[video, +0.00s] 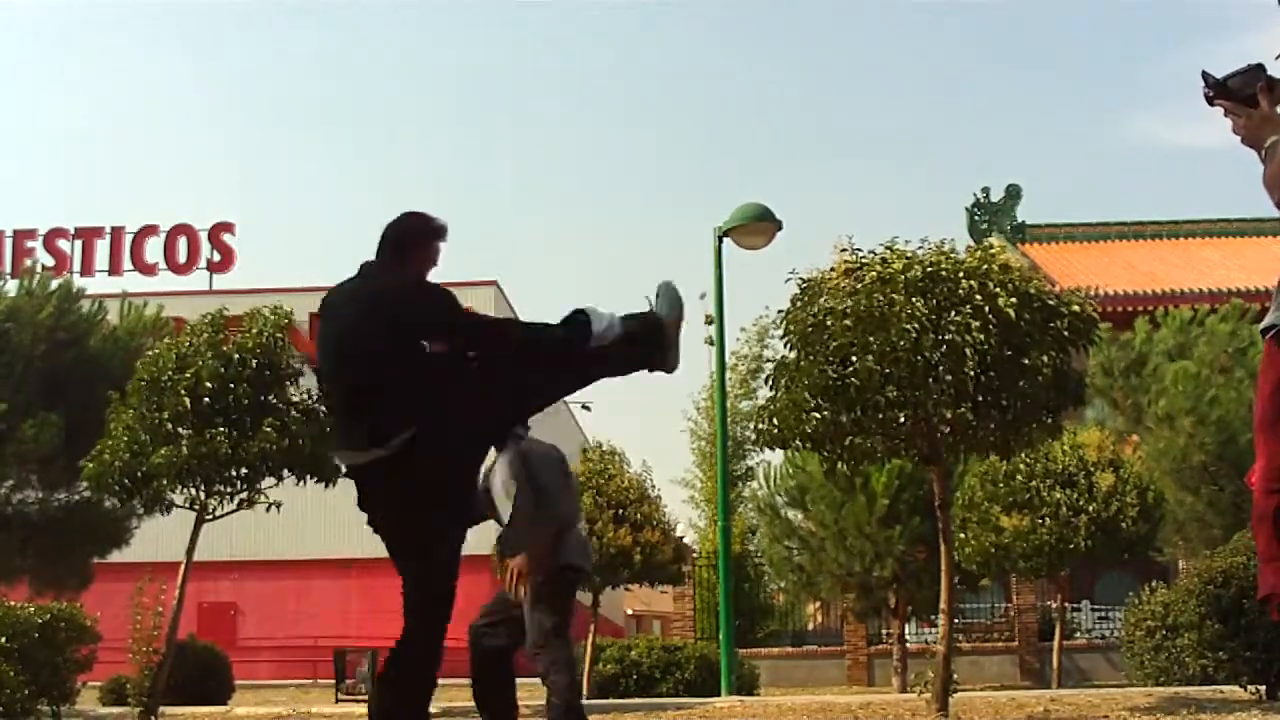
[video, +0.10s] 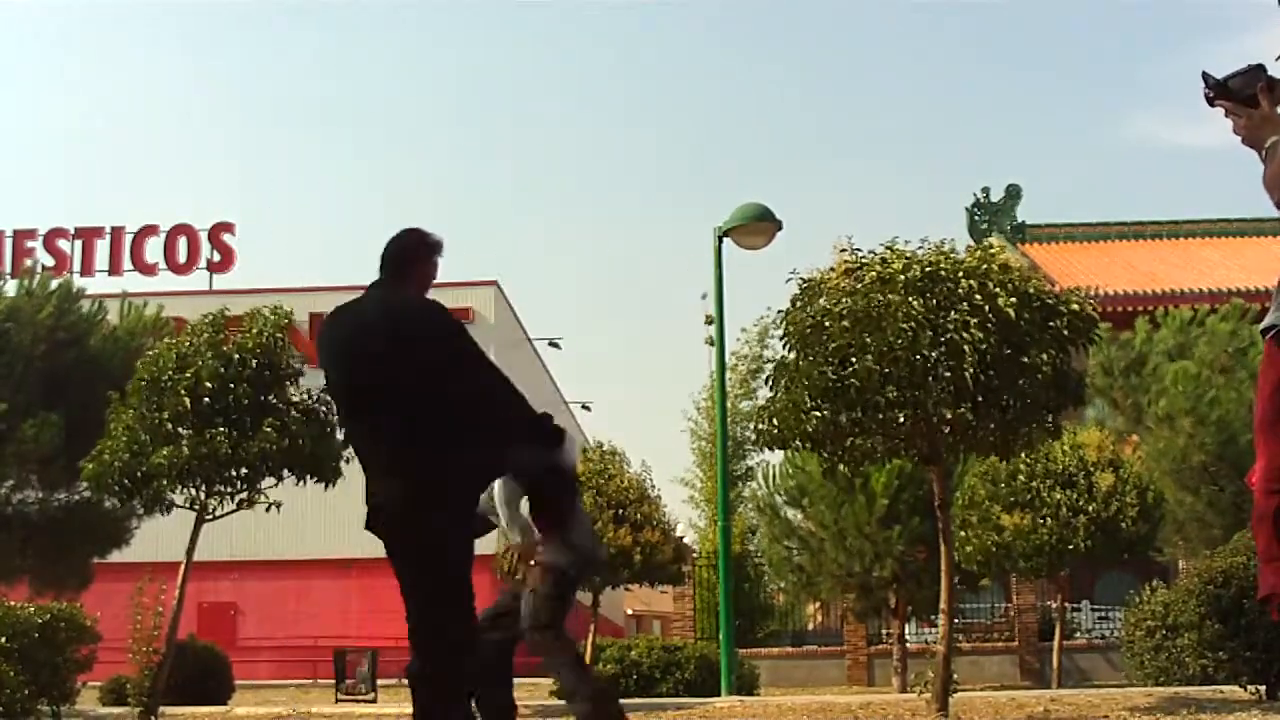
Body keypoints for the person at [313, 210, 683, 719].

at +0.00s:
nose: (436, 269)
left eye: (437, 258)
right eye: (433, 258)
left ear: (385, 249)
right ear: (414, 253)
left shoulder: (337, 301)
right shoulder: (416, 298)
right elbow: (497, 337)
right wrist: (570, 337)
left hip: (384, 482)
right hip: (426, 465)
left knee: (425, 622)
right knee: (508, 368)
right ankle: (648, 340)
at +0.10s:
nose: (433, 280)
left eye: (433, 271)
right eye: (432, 271)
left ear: (385, 264)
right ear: (419, 268)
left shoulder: (336, 325)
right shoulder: (429, 320)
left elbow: (358, 418)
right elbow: (488, 386)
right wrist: (542, 432)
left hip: (391, 500)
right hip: (447, 487)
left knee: (431, 626)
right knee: (541, 448)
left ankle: (441, 709)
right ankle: (563, 539)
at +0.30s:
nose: (374, 295)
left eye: (373, 288)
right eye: (376, 288)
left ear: (377, 285)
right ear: (421, 281)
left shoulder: (387, 332)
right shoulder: (460, 334)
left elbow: (311, 373)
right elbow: (482, 413)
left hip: (446, 492)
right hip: (489, 490)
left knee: (409, 611)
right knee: (455, 609)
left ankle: (469, 704)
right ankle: (459, 702)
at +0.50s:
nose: (384, 331)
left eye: (384, 321)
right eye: (386, 323)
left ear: (387, 317)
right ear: (429, 307)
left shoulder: (449, 347)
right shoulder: (409, 379)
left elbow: (501, 334)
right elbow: (346, 403)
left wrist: (490, 301)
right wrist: (267, 405)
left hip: (481, 512)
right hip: (460, 514)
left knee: (412, 619)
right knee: (451, 625)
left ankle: (455, 709)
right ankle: (466, 706)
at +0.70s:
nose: (384, 327)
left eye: (383, 318)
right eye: (387, 319)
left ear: (386, 315)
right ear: (428, 306)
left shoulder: (445, 343)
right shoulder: (419, 363)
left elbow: (519, 399)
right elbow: (385, 428)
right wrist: (370, 404)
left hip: (469, 506)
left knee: (409, 614)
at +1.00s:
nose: (388, 335)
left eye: (386, 327)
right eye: (390, 329)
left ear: (390, 322)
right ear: (434, 317)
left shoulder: (404, 363)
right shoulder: (482, 366)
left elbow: (343, 419)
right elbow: (511, 445)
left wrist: (276, 458)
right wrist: (541, 516)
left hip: (469, 522)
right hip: (519, 516)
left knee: (405, 621)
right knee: (486, 629)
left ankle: (468, 710)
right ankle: (477, 710)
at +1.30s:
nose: (392, 338)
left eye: (390, 331)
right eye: (396, 333)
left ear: (391, 327)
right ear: (437, 324)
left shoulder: (387, 365)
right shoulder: (479, 374)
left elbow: (315, 409)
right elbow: (524, 457)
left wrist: (297, 402)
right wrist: (566, 540)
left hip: (454, 526)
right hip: (509, 521)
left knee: (398, 629)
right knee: (475, 637)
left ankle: (461, 710)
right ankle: (495, 711)